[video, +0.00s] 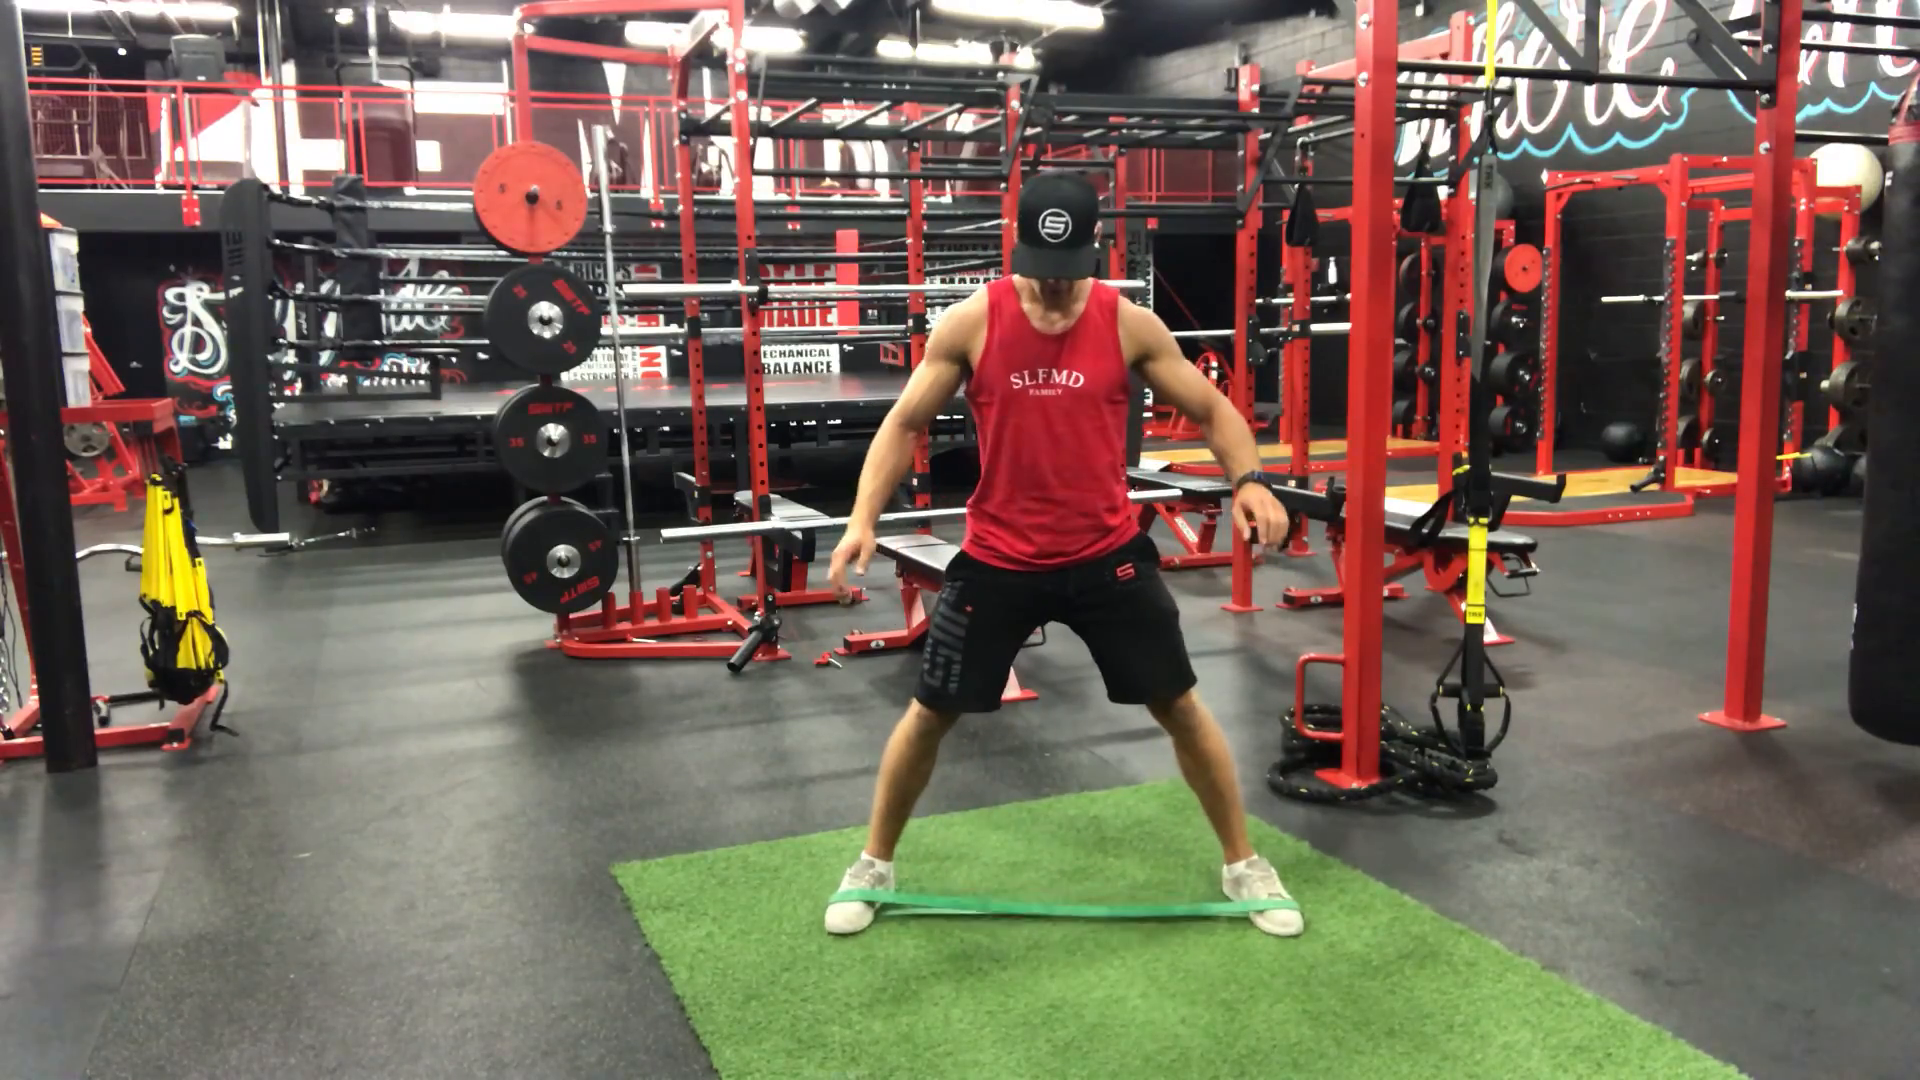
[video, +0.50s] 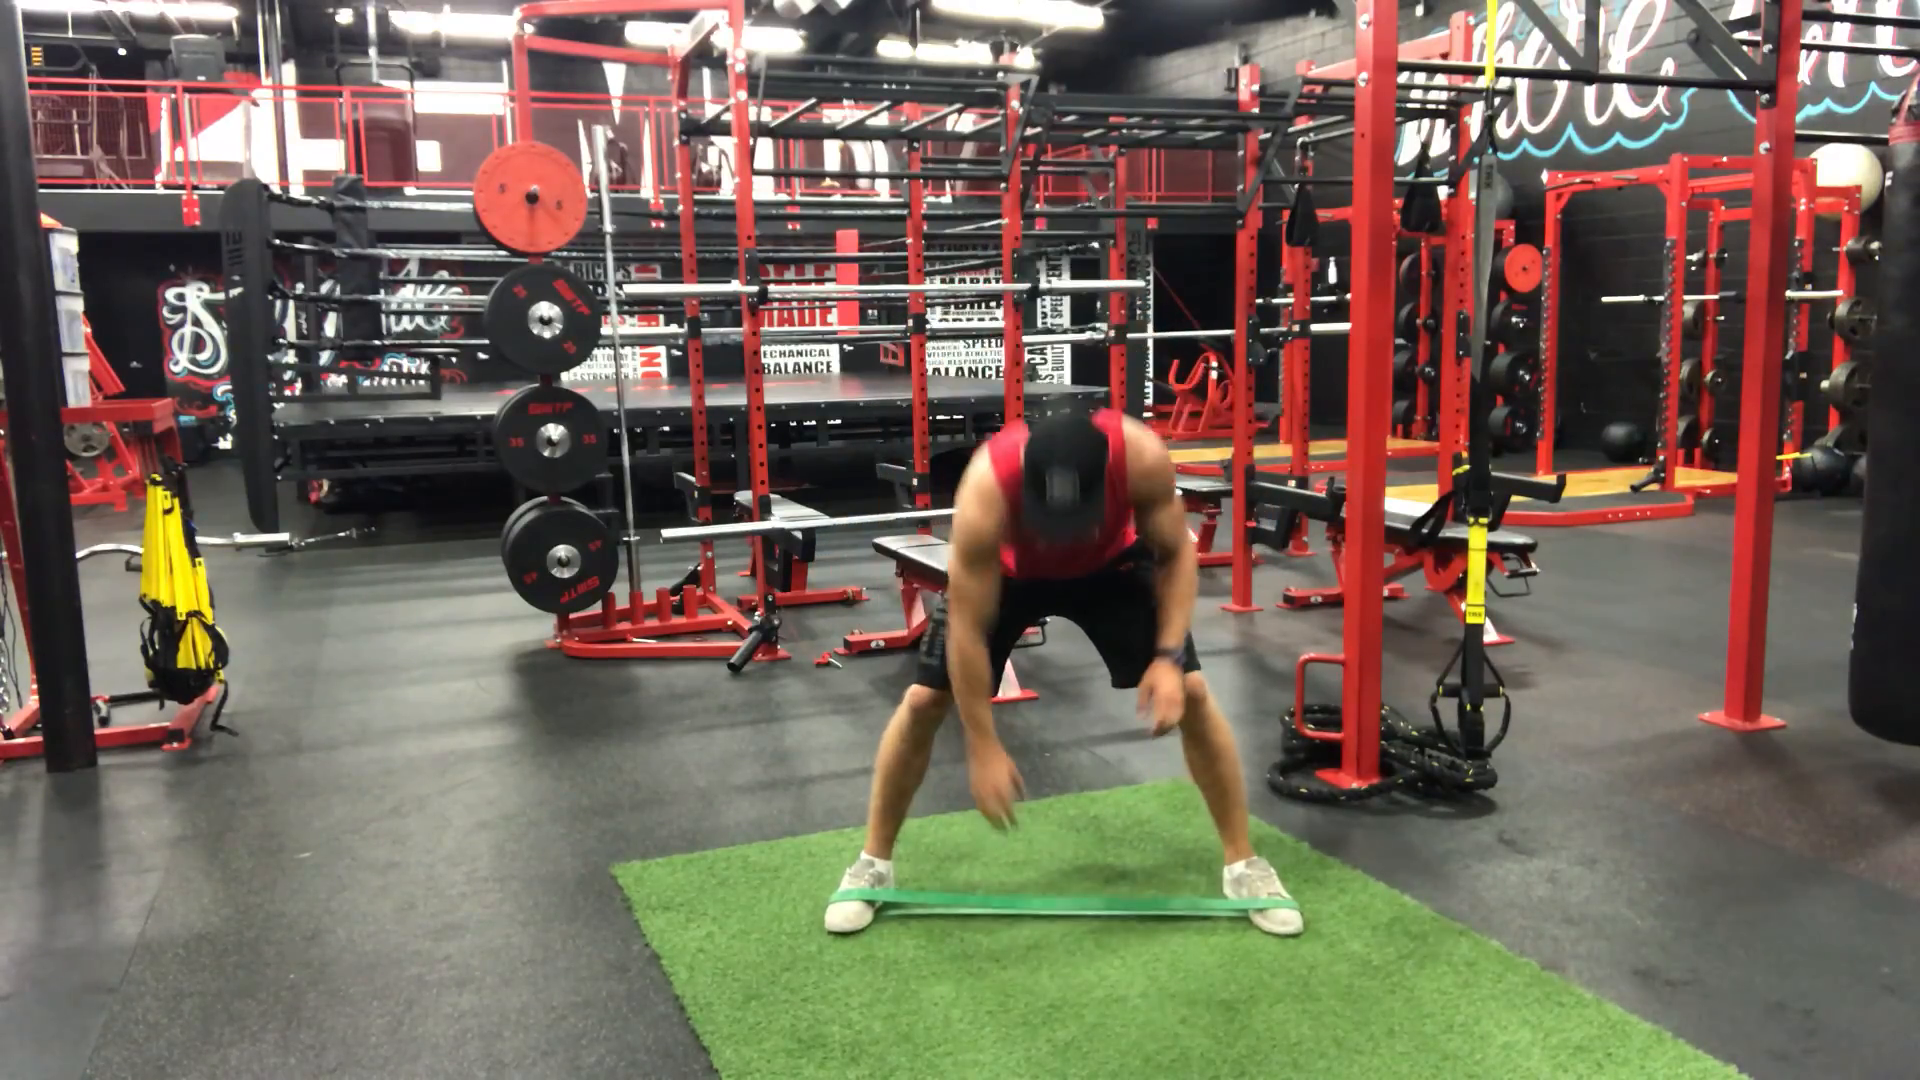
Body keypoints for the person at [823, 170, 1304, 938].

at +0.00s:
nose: (1053, 284)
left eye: (1069, 269)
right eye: (1039, 268)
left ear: (1092, 253)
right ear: (1016, 250)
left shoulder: (1128, 323)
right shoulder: (970, 323)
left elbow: (1213, 408)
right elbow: (903, 424)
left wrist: (1250, 479)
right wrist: (862, 518)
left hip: (1109, 554)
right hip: (996, 559)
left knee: (1178, 703)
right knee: (931, 710)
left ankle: (1242, 863)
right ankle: (874, 862)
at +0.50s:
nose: (1065, 532)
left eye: (1080, 523)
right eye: (1050, 524)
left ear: (1107, 478)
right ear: (1026, 481)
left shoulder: (1143, 458)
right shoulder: (985, 489)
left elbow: (1177, 553)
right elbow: (967, 627)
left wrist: (1168, 657)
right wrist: (984, 748)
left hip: (1112, 566)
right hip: (1005, 572)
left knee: (1192, 694)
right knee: (922, 701)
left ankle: (1243, 863)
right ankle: (872, 860)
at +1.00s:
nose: (1066, 699)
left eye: (1087, 690)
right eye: (1059, 689)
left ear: (1118, 625)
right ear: (1046, 640)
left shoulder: (1155, 557)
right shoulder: (1007, 641)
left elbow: (1181, 602)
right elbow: (1012, 767)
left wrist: (1150, 678)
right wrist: (1041, 869)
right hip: (1005, 554)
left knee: (1200, 692)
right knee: (930, 710)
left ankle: (1245, 865)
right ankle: (872, 863)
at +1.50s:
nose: (1074, 665)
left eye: (1097, 651)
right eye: (1064, 653)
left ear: (1126, 591)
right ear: (1045, 606)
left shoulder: (1162, 541)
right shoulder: (1011, 608)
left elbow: (1180, 604)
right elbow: (1016, 746)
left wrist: (1146, 685)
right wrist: (1044, 849)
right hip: (1011, 557)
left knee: (1197, 695)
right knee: (933, 709)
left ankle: (1244, 863)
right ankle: (873, 862)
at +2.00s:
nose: (1090, 566)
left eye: (1107, 556)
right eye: (1079, 556)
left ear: (1143, 514)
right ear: (1059, 528)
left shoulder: (1181, 480)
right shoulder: (1027, 542)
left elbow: (1240, 546)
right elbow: (1039, 685)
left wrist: (1233, 643)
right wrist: (1066, 789)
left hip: (1137, 569)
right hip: (1037, 571)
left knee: (1207, 702)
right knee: (955, 698)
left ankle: (1246, 864)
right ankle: (905, 853)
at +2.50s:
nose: (989, 475)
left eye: (1001, 461)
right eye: (973, 468)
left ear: (1027, 418)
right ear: (946, 441)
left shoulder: (1078, 398)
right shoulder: (926, 486)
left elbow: (1118, 420)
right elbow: (957, 608)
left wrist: (1145, 511)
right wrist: (994, 717)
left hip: (1065, 541)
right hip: (969, 559)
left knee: (1110, 689)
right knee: (935, 709)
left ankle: (1130, 862)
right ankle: (923, 867)